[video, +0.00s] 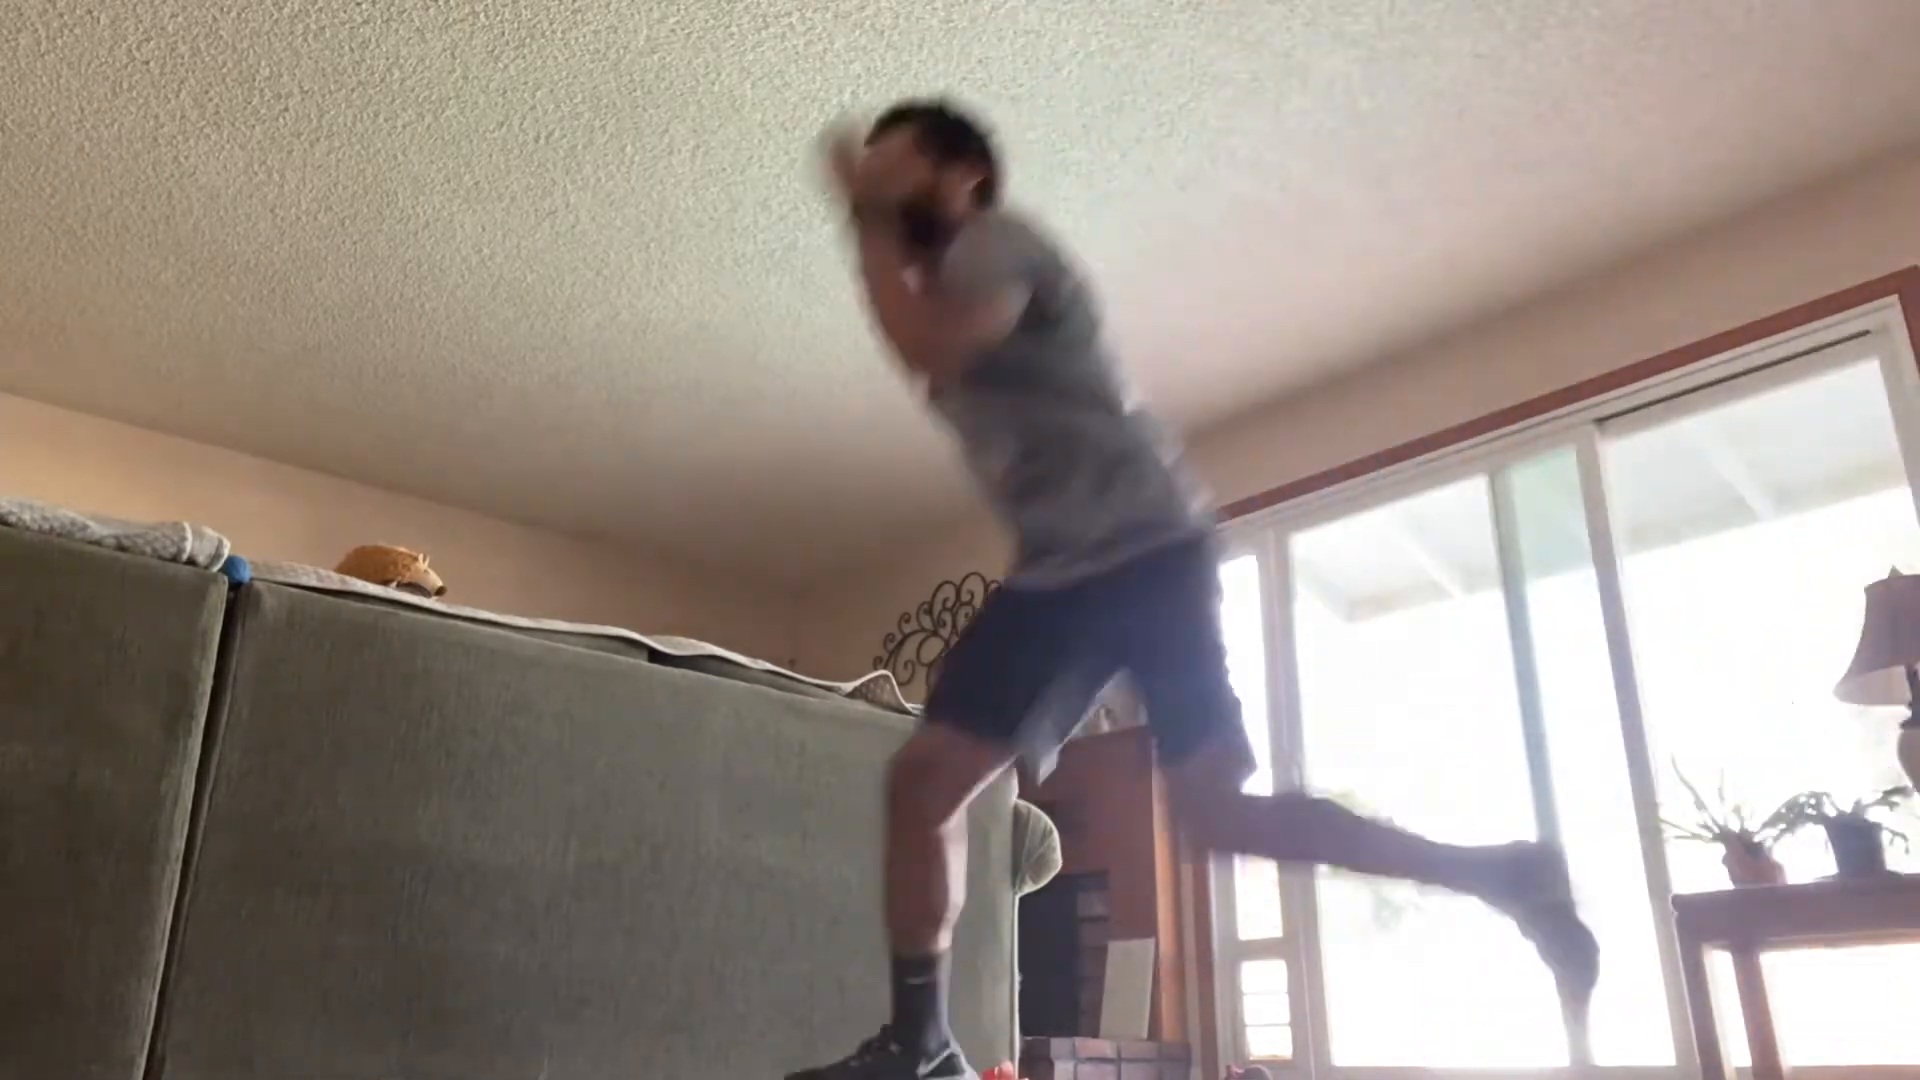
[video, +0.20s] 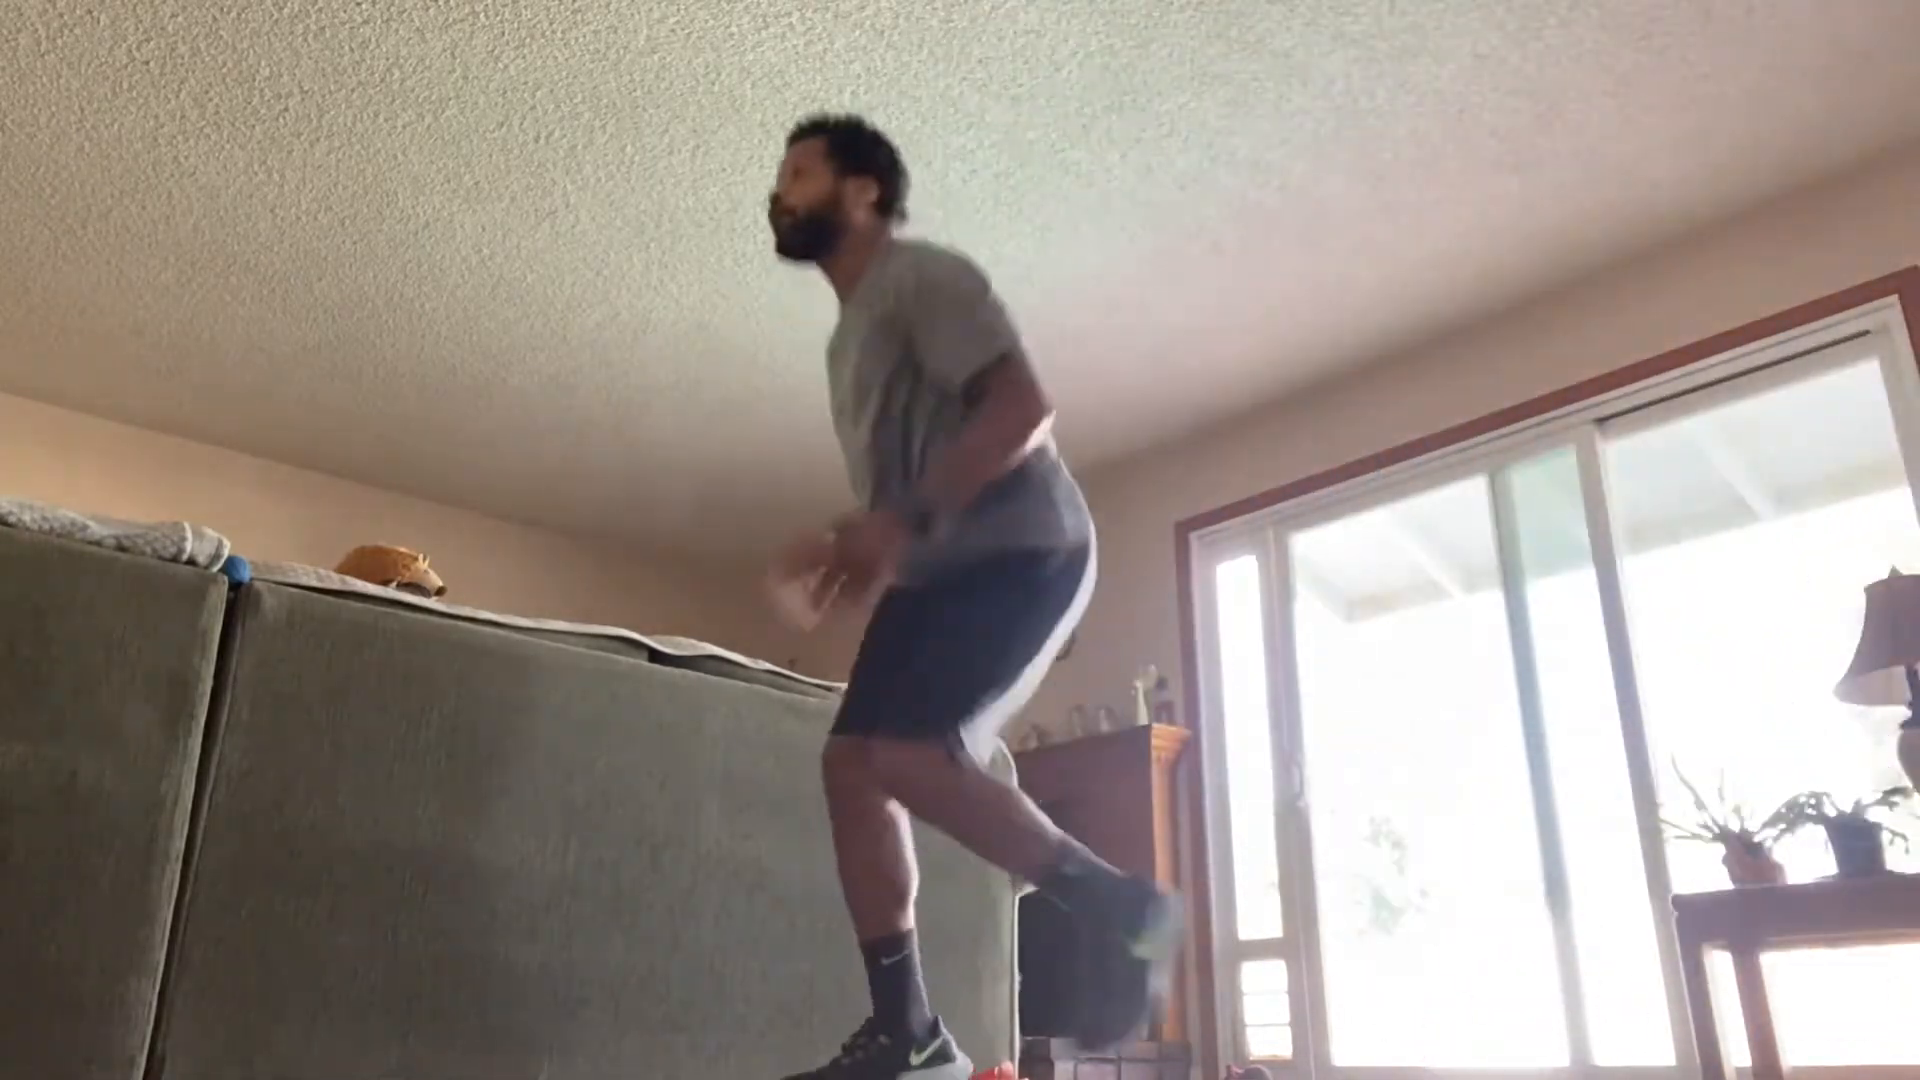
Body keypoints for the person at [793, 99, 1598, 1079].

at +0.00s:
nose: (864, 177)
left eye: (886, 157)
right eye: (867, 163)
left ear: (960, 176)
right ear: (930, 187)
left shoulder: (1000, 243)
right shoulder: (941, 277)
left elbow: (931, 348)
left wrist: (869, 218)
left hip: (1151, 557)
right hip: (1054, 579)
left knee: (1213, 810)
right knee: (922, 781)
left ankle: (1505, 874)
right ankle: (917, 1042)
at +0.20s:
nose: (778, 192)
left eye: (798, 174)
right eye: (779, 178)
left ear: (863, 190)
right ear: (829, 199)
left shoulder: (925, 274)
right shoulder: (852, 338)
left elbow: (1021, 405)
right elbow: (906, 482)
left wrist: (903, 519)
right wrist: (852, 553)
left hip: (1016, 547)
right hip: (947, 566)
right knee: (851, 765)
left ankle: (1117, 902)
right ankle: (905, 1031)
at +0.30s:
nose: (772, 134)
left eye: (794, 117)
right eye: (772, 121)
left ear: (859, 137)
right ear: (806, 150)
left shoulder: (928, 213)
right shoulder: (818, 301)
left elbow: (1024, 339)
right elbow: (864, 432)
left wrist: (891, 392)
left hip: (1008, 482)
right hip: (927, 513)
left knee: (870, 667)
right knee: (855, 719)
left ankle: (1039, 878)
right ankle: (905, 974)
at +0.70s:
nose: (808, 72)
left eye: (833, 57)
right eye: (812, 63)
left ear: (891, 91)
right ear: (831, 106)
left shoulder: (939, 170)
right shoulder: (807, 247)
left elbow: (1016, 286)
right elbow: (783, 385)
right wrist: (655, 419)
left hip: (947, 455)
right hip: (847, 484)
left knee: (909, 672)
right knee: (811, 702)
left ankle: (975, 970)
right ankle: (841, 971)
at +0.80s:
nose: (824, 62)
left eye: (848, 49)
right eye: (827, 54)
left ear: (903, 78)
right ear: (854, 94)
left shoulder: (937, 151)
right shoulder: (823, 229)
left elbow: (1038, 149)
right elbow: (743, 332)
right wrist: (623, 275)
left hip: (951, 448)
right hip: (852, 479)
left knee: (940, 659)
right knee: (803, 695)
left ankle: (1050, 939)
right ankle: (833, 953)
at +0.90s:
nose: (833, 104)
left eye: (858, 93)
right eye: (834, 97)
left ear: (913, 122)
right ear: (848, 139)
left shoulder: (945, 183)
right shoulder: (824, 260)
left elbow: (1016, 64)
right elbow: (734, 290)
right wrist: (727, 156)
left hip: (961, 492)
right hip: (856, 523)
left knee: (969, 703)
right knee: (798, 758)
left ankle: (1117, 967)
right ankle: (811, 994)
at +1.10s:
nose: (846, 106)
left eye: (870, 97)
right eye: (850, 100)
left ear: (923, 127)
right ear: (867, 140)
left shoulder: (950, 187)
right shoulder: (831, 259)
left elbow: (1028, 82)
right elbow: (733, 306)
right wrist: (667, 201)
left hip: (958, 495)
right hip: (854, 521)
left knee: (983, 703)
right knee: (812, 752)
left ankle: (1118, 962)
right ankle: (824, 991)